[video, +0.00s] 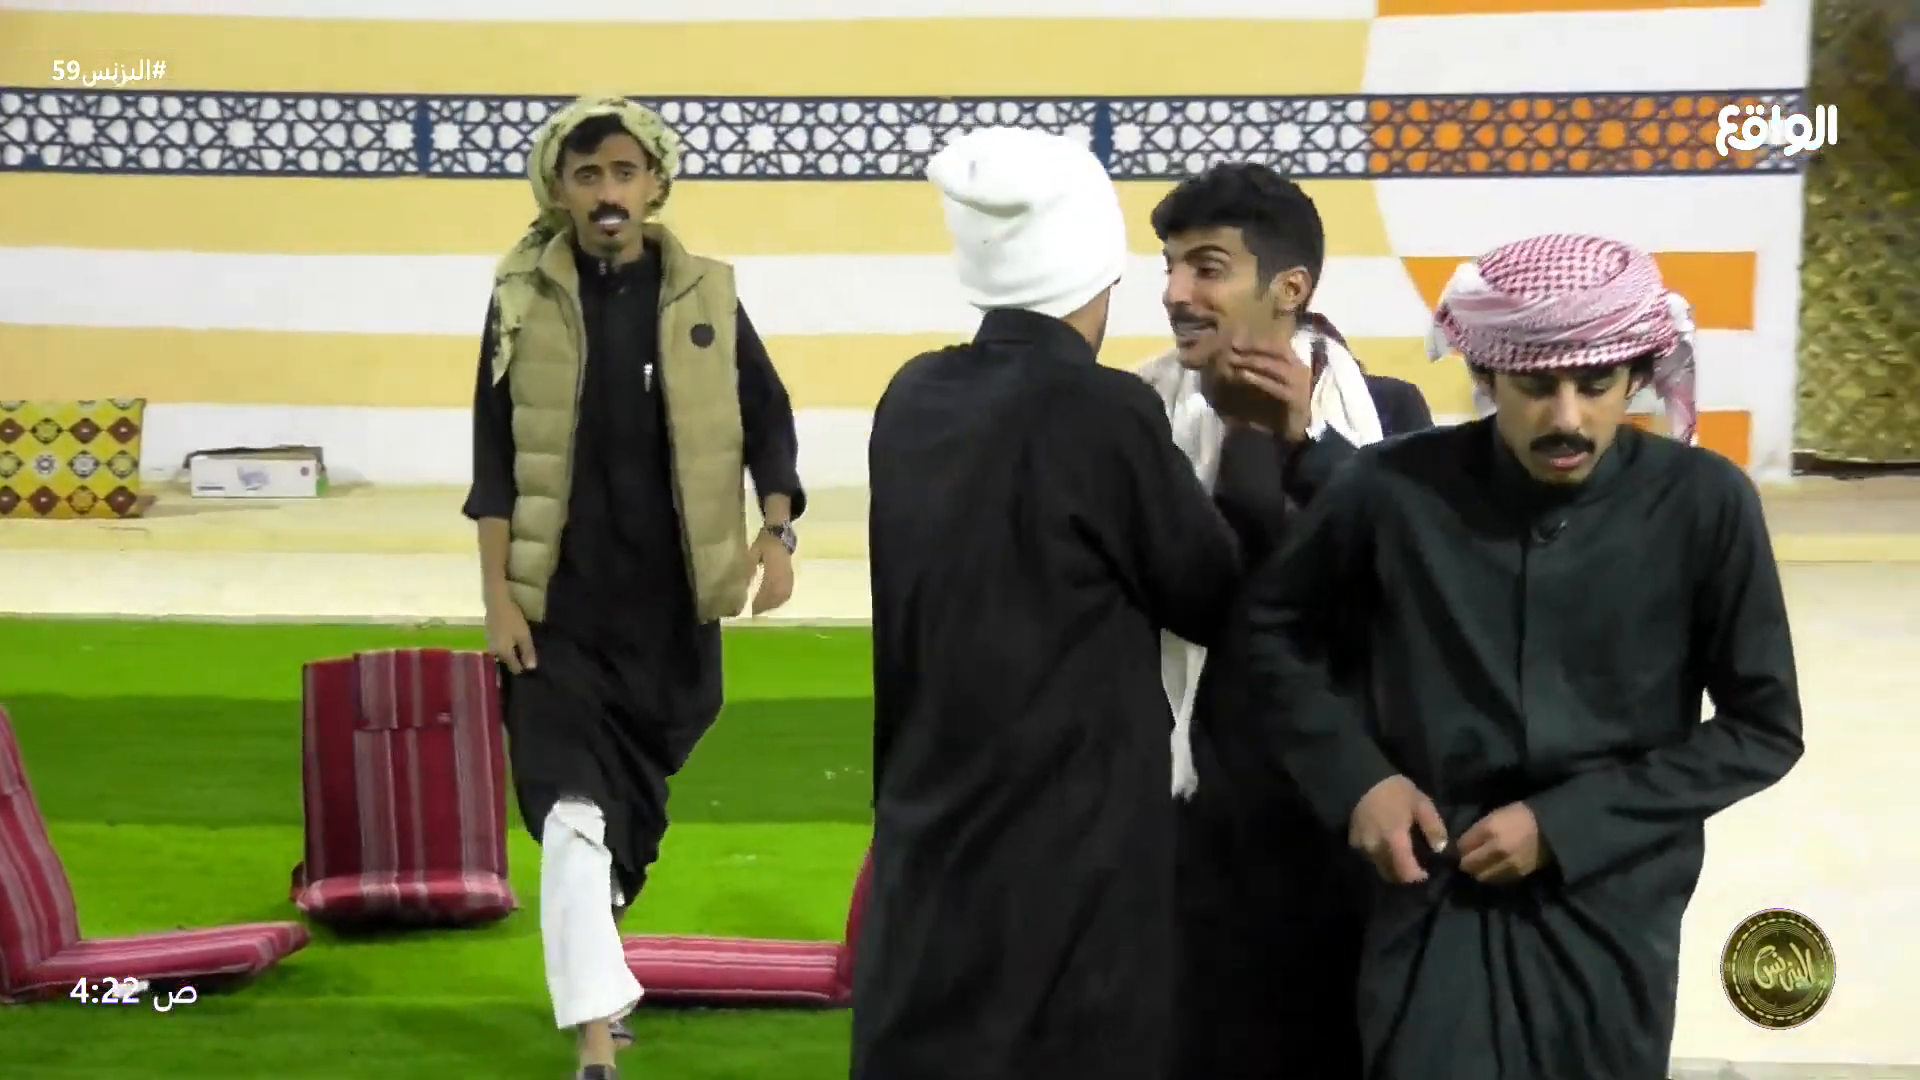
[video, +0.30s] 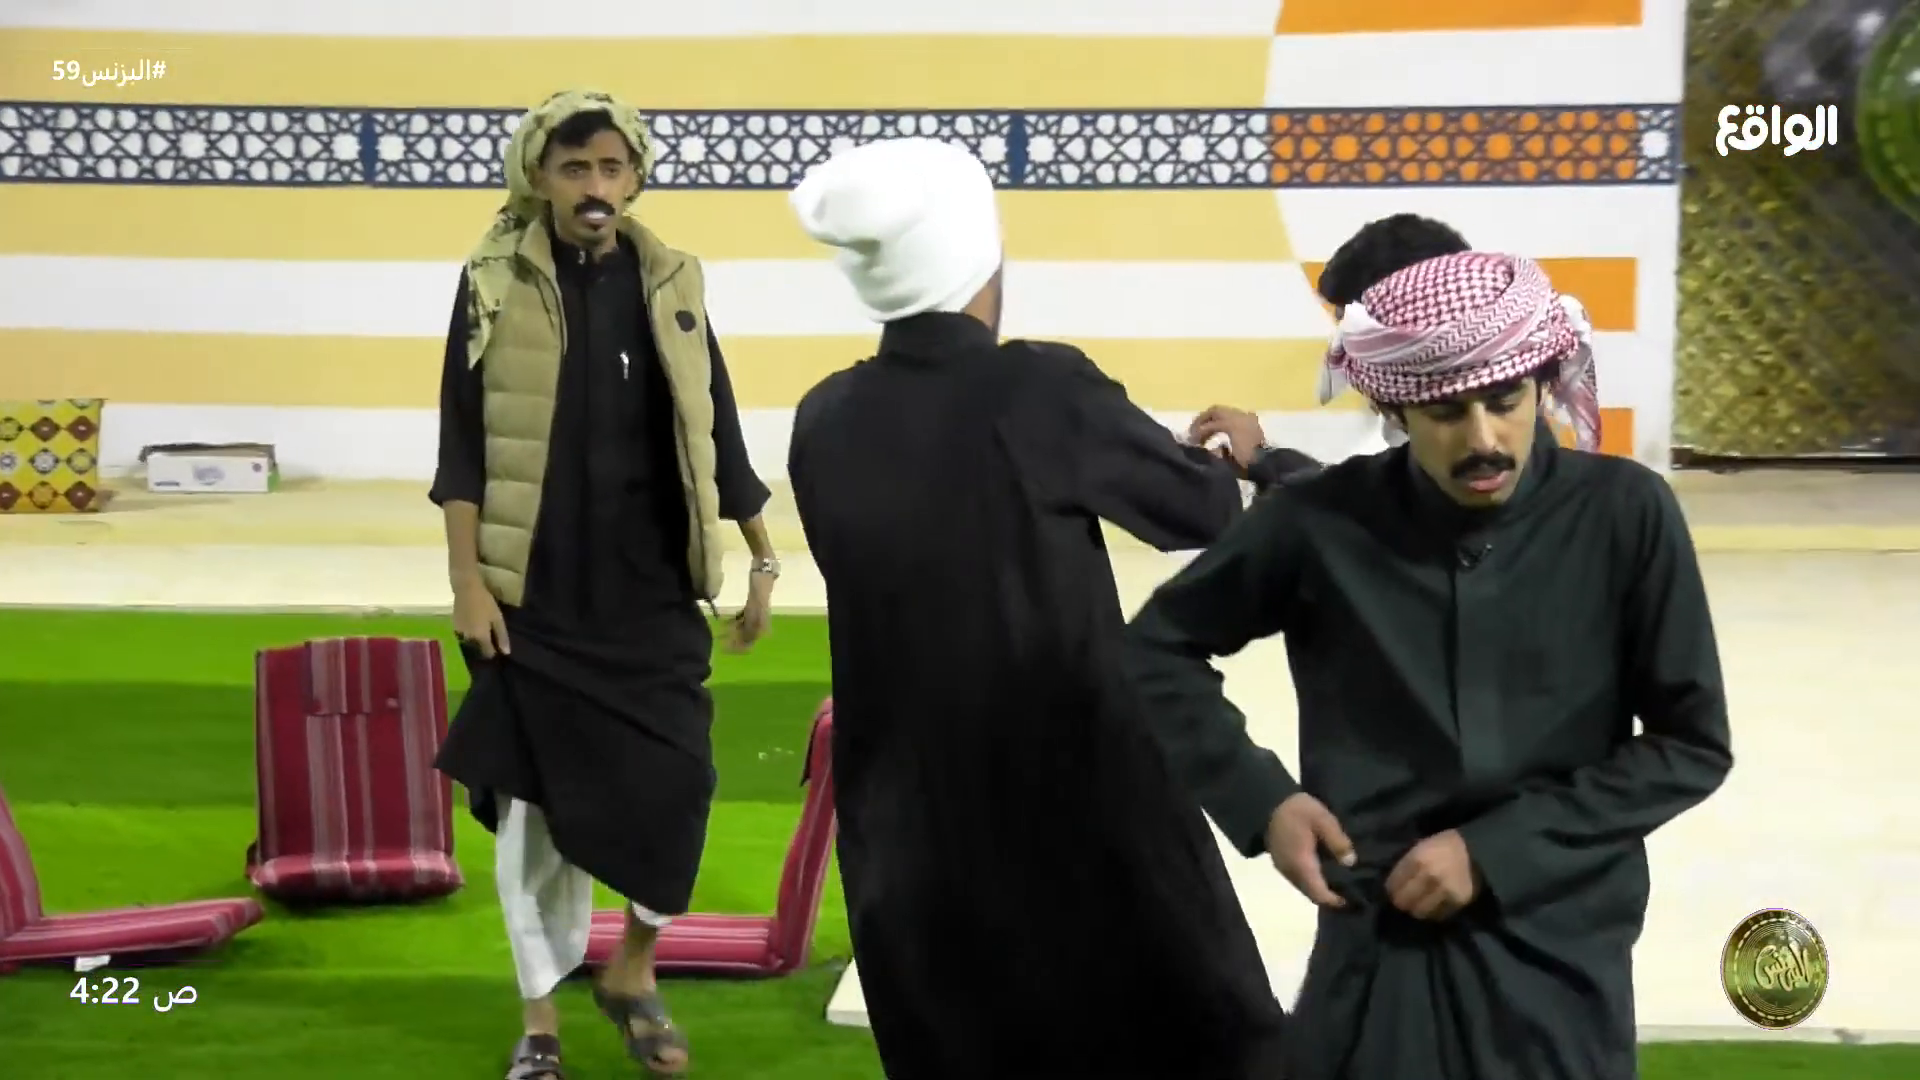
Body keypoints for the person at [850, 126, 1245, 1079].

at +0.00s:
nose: (1128, 286)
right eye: (1120, 265)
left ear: (984, 277)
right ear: (1099, 281)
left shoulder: (909, 400)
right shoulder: (1109, 412)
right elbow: (1211, 596)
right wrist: (1259, 438)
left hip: (929, 838)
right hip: (1083, 844)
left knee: (926, 1047)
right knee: (1084, 1050)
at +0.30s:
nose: (1001, 265)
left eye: (988, 243)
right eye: (994, 246)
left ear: (876, 280)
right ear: (985, 266)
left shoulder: (821, 422)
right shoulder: (1046, 389)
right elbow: (1208, 511)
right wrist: (1227, 449)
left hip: (907, 828)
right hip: (1073, 812)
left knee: (953, 1046)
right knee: (1131, 1034)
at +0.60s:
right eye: (969, 223)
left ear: (853, 269)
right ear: (969, 248)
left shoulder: (815, 407)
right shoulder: (1063, 370)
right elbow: (1246, 467)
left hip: (909, 836)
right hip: (1080, 816)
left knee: (938, 1045)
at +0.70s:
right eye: (984, 226)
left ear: (874, 268)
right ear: (989, 252)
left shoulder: (826, 403)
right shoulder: (1072, 377)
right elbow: (1199, 498)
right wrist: (1147, 369)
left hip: (901, 822)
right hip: (1065, 811)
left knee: (924, 1049)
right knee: (1116, 1047)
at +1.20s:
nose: (668, 397)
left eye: (693, 371)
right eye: (666, 373)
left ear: (768, 381)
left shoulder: (839, 488)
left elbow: (907, 705)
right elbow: (840, 709)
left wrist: (827, 855)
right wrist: (697, 788)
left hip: (1011, 846)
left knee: (785, 1000)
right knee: (781, 981)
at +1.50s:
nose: (473, 581)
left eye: (475, 551)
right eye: (456, 563)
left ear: (539, 503)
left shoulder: (697, 531)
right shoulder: (573, 625)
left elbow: (838, 669)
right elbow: (652, 769)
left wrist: (810, 860)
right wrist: (635, 904)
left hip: (892, 787)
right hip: (753, 789)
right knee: (687, 1009)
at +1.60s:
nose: (389, 614)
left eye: (400, 586)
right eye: (376, 591)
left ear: (469, 543)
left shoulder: (621, 556)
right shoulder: (497, 627)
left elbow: (782, 683)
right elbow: (586, 770)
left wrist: (792, 874)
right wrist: (586, 923)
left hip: (828, 791)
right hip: (696, 793)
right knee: (630, 995)